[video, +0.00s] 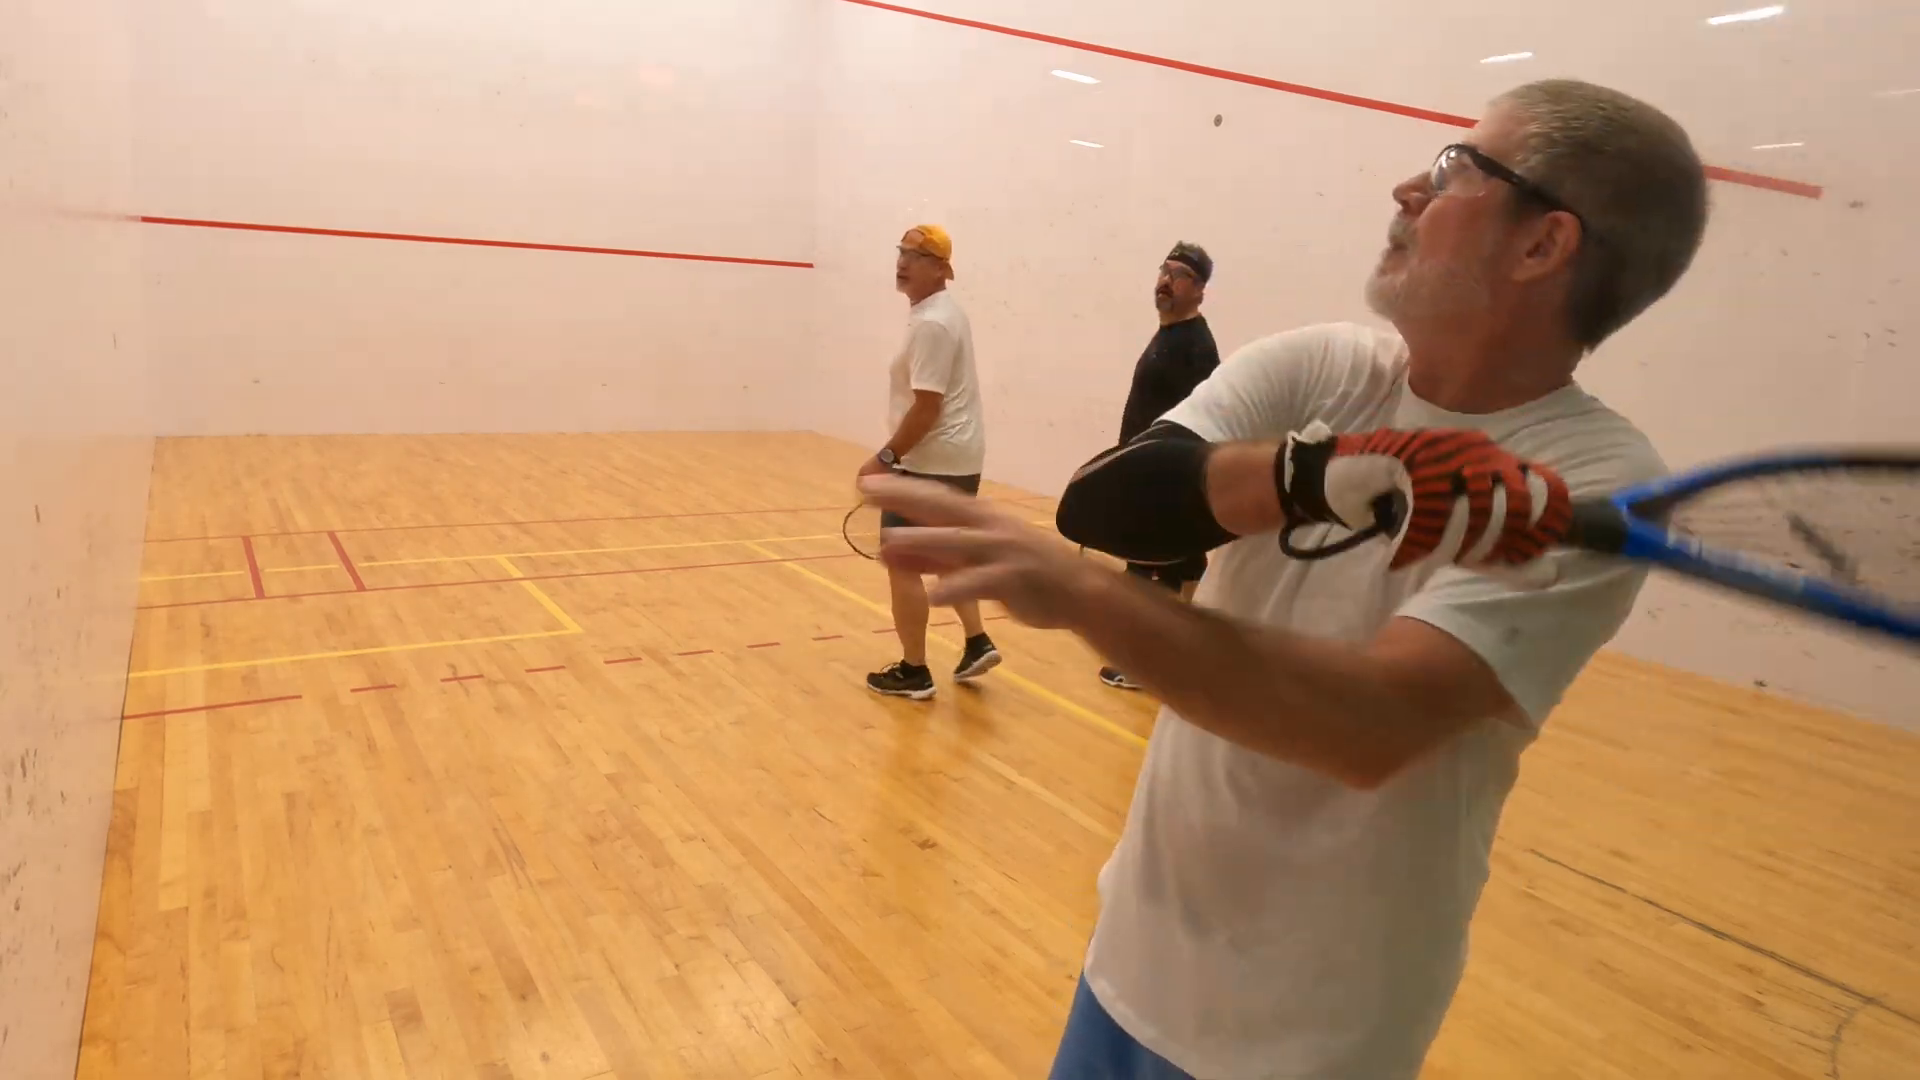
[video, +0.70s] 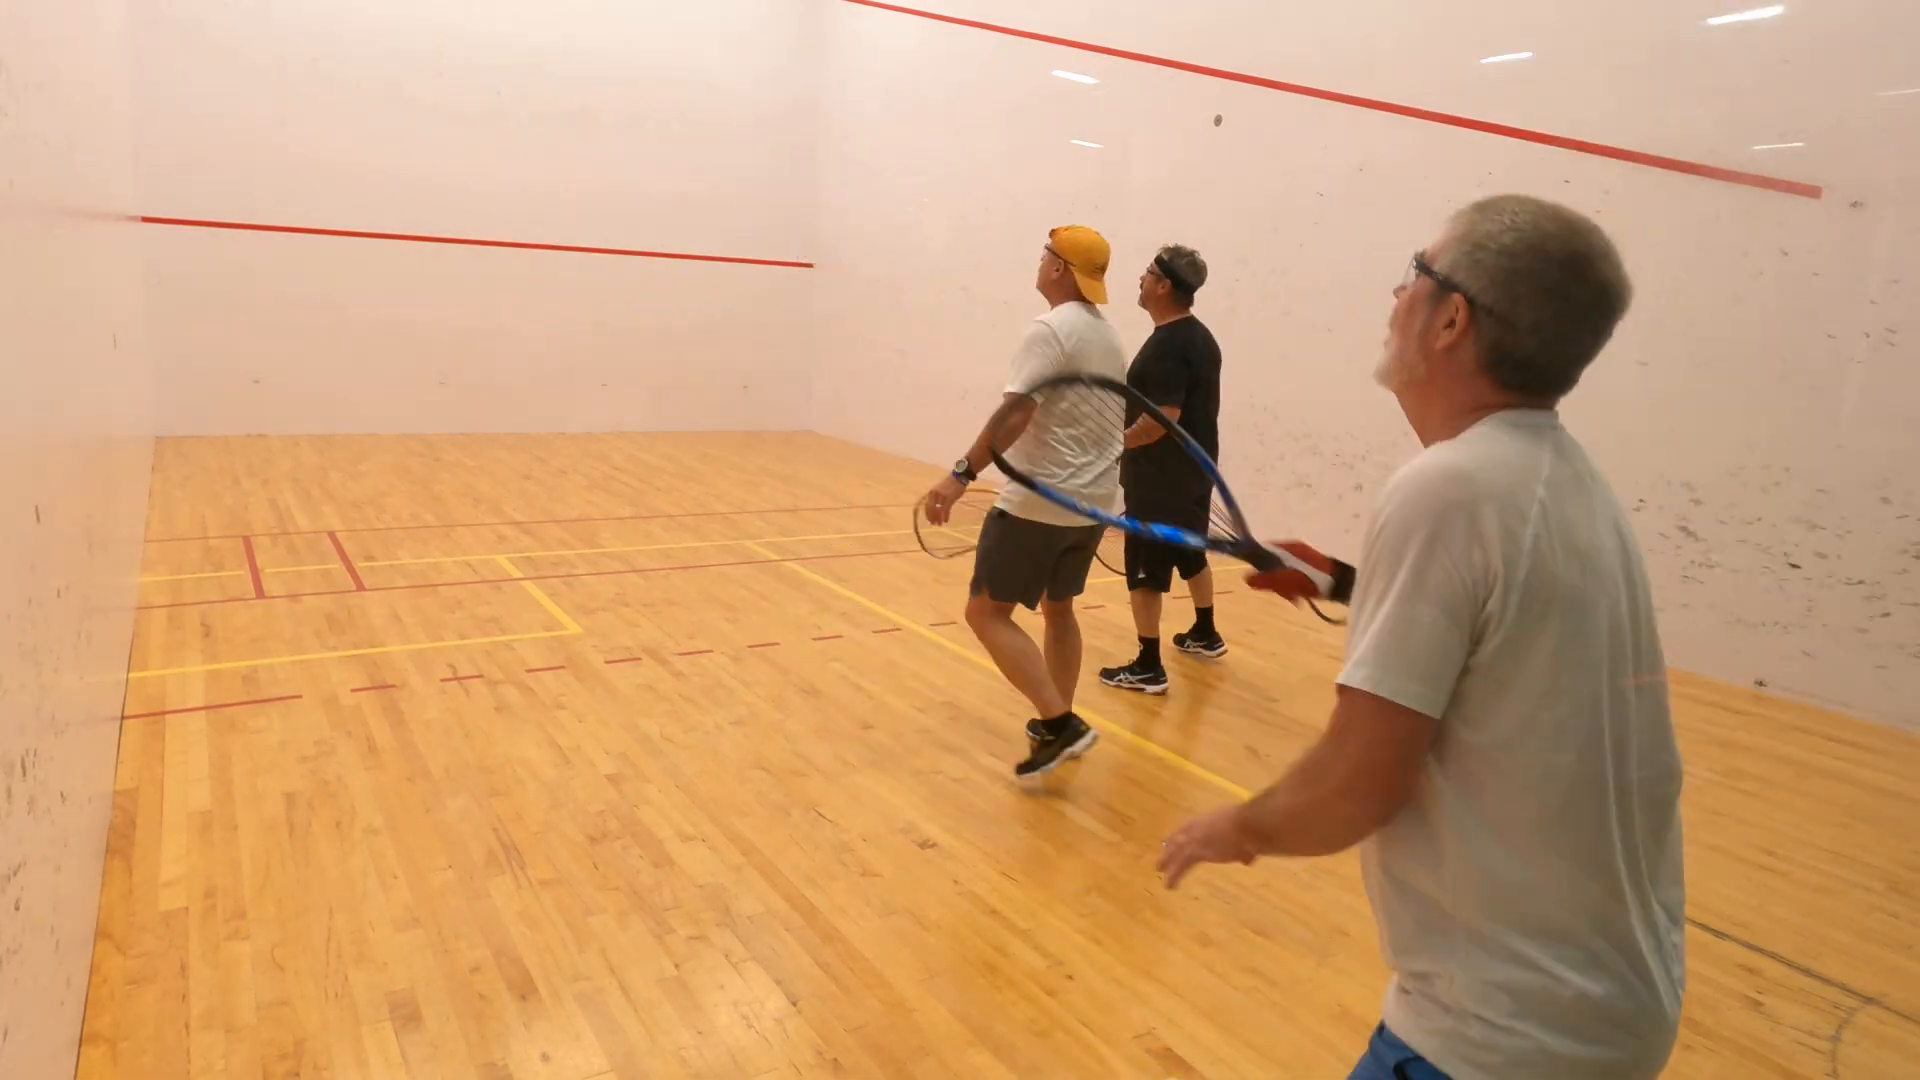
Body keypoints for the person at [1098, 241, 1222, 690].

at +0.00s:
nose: (1165, 282)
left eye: (1178, 276)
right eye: (1164, 272)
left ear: (1199, 290)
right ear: (1158, 279)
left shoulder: (1194, 344)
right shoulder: (1170, 331)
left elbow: (1197, 413)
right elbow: (1155, 402)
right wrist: (1128, 455)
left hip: (1170, 475)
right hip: (1150, 467)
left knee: (1149, 567)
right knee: (1178, 568)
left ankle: (1144, 659)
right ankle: (1144, 653)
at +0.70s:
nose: (1141, 279)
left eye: (1149, 275)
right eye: (1146, 273)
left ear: (1166, 288)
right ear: (1179, 291)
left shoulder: (1168, 343)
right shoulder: (1201, 339)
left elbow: (1160, 418)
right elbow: (1198, 415)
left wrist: (1111, 442)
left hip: (1157, 476)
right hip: (1191, 475)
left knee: (1143, 565)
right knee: (1190, 551)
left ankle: (1148, 664)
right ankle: (1206, 630)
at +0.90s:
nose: (1153, 290)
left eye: (1160, 285)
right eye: (1158, 283)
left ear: (1178, 295)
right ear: (1190, 297)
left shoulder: (1180, 351)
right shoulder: (1213, 344)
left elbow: (1174, 421)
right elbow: (1207, 419)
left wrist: (1147, 482)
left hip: (1178, 482)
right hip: (1206, 480)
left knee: (1147, 566)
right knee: (1197, 556)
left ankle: (1149, 663)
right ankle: (1214, 635)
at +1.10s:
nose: (1168, 294)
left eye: (1175, 287)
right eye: (1170, 286)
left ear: (1196, 292)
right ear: (1205, 293)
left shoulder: (1197, 344)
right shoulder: (1226, 339)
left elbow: (1204, 417)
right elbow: (1221, 413)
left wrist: (1183, 465)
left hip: (1194, 468)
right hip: (1220, 467)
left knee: (1161, 546)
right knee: (1210, 546)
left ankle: (1158, 649)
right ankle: (1216, 634)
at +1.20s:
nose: (1185, 294)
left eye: (1192, 286)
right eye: (1185, 285)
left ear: (1210, 290)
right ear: (1210, 289)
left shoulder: (1218, 339)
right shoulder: (1217, 334)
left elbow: (1217, 411)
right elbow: (1219, 409)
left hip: (1213, 465)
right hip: (1213, 462)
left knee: (1196, 551)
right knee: (1209, 550)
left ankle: (1173, 649)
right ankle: (1215, 635)